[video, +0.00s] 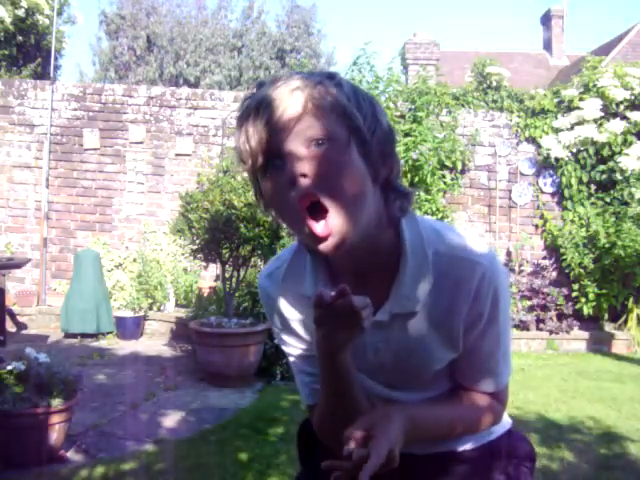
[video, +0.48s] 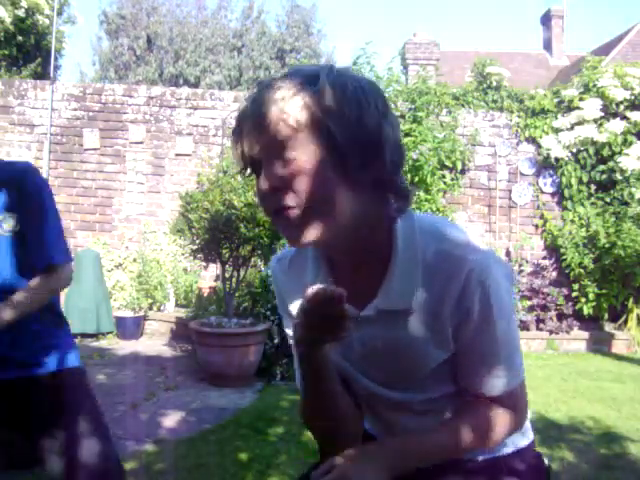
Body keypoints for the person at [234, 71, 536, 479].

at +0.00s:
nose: (297, 173)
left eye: (317, 144)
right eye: (273, 163)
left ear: (379, 159)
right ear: (264, 198)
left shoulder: (472, 273)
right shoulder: (282, 286)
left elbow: (485, 405)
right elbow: (336, 440)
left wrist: (402, 418)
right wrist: (333, 351)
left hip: (468, 454)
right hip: (355, 457)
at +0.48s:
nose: (264, 185)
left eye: (283, 157)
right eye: (256, 167)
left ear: (357, 154)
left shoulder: (467, 269)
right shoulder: (292, 273)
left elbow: (503, 410)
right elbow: (337, 447)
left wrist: (384, 459)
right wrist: (311, 353)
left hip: (483, 460)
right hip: (377, 458)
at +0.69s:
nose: (273, 164)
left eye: (282, 151)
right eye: (276, 150)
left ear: (326, 162)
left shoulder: (433, 284)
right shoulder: (333, 245)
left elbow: (552, 417)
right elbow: (313, 390)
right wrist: (277, 270)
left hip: (484, 472)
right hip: (413, 450)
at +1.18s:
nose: (345, 179)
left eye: (351, 164)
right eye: (350, 163)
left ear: (373, 178)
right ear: (456, 177)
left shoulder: (448, 277)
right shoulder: (413, 259)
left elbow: (556, 435)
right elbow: (368, 388)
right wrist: (344, 259)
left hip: (510, 471)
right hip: (456, 464)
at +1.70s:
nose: (352, 148)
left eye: (363, 137)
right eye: (359, 137)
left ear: (403, 154)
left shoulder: (456, 260)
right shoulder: (422, 251)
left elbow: (569, 422)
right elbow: (378, 378)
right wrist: (349, 253)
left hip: (524, 471)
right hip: (479, 464)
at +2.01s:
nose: (389, 150)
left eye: (414, 141)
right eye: (375, 136)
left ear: (447, 178)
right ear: (351, 158)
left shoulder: (466, 272)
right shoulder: (379, 253)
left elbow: (569, 421)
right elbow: (353, 389)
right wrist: (326, 283)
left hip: (526, 472)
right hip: (455, 464)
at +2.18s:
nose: (382, 153)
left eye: (406, 143)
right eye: (365, 139)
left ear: (439, 180)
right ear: (341, 163)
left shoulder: (464, 271)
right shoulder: (367, 258)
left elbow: (562, 420)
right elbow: (375, 392)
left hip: (517, 470)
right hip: (445, 463)